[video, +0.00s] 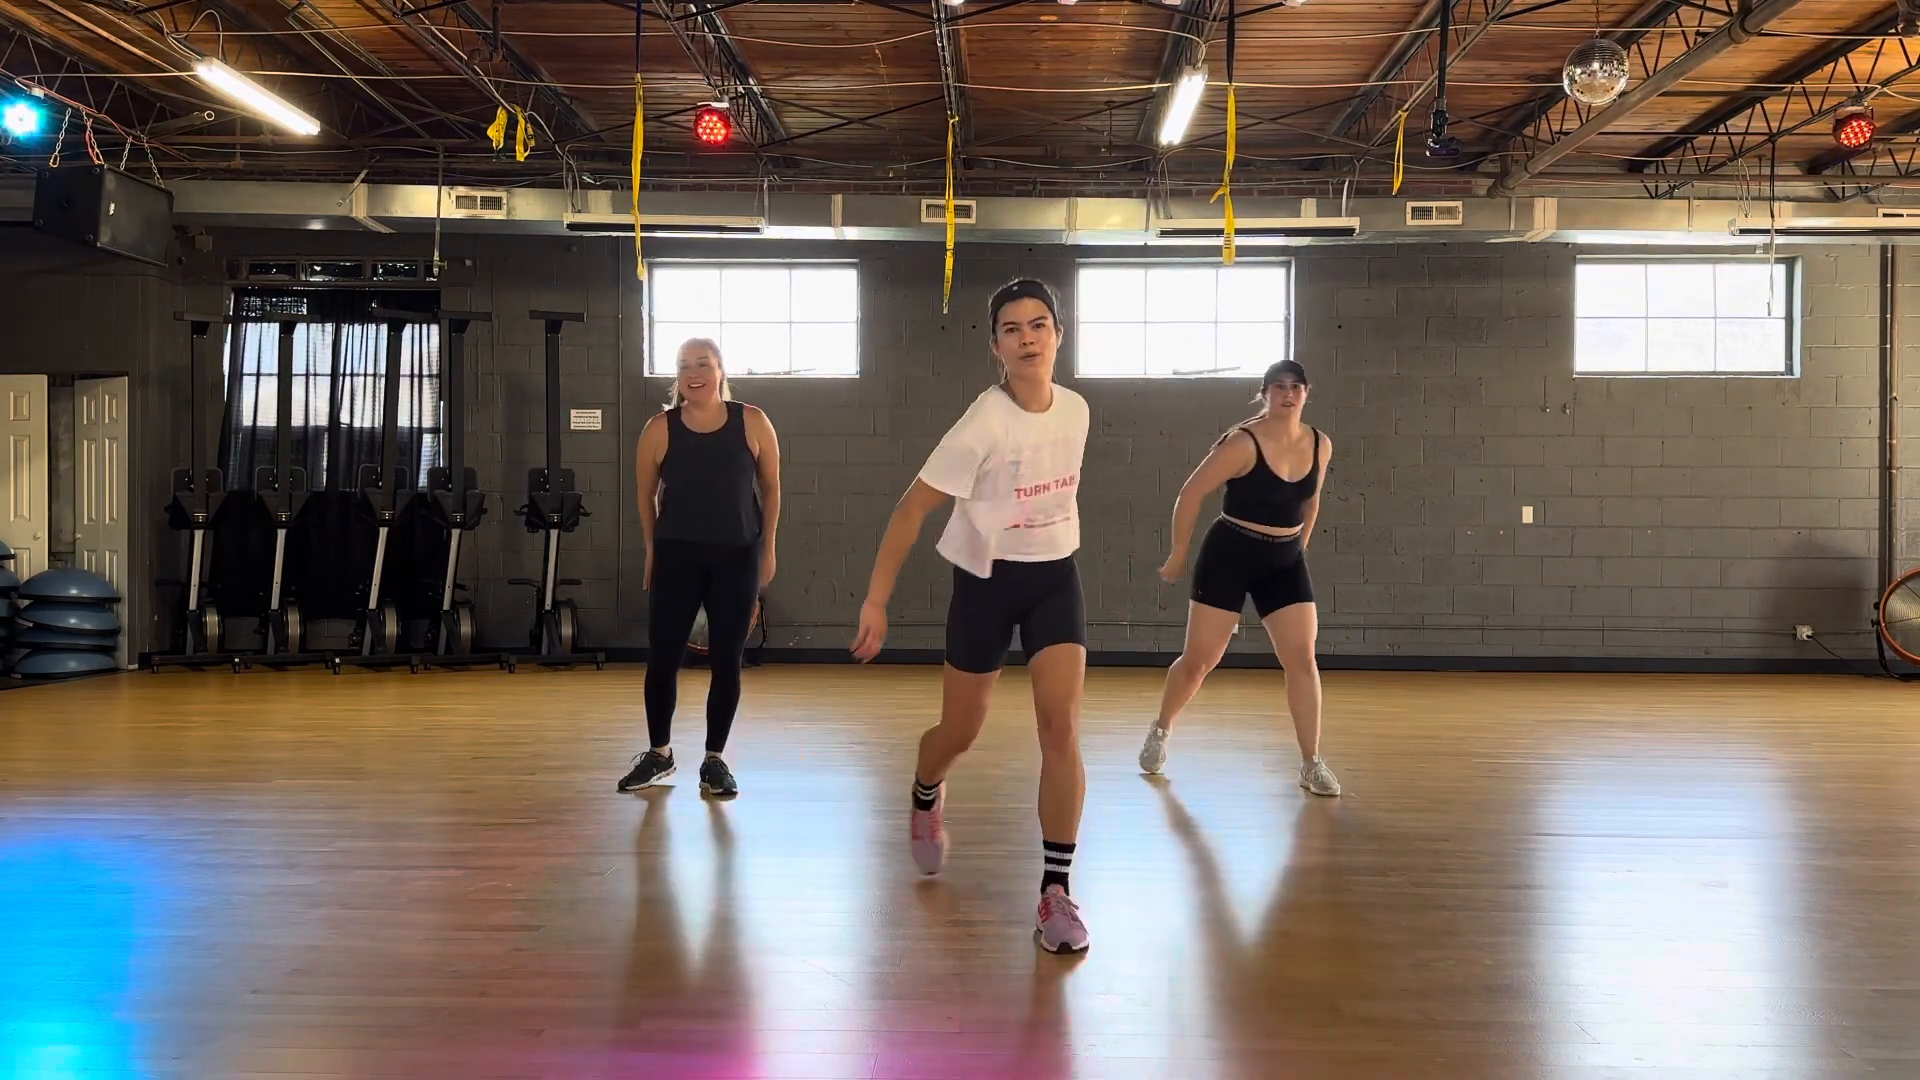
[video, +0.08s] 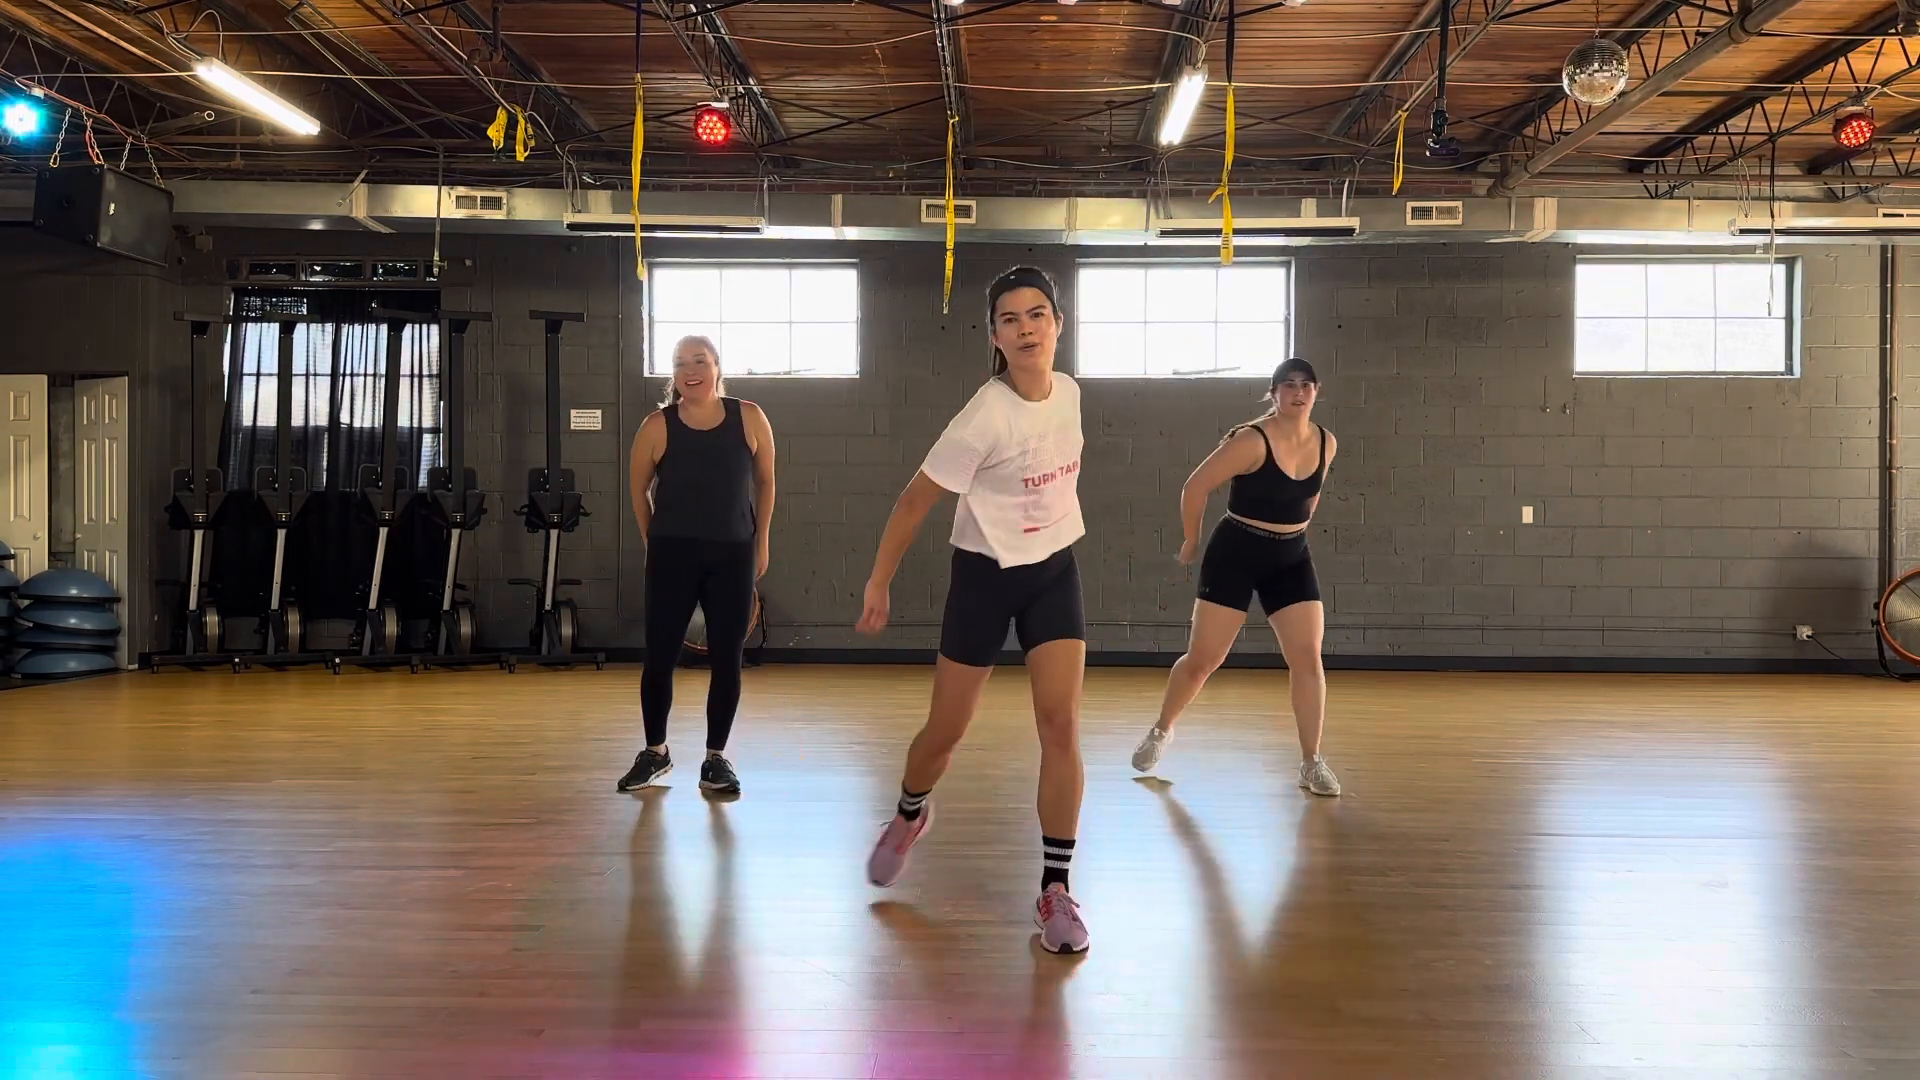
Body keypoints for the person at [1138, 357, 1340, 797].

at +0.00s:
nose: (1288, 392)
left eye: (1295, 386)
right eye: (1279, 386)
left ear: (1306, 394)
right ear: (1264, 395)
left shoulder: (1320, 446)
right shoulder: (1243, 443)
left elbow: (1311, 501)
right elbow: (1189, 494)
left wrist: (1299, 550)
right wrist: (1178, 553)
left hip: (1284, 558)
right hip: (1230, 553)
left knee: (1302, 660)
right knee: (1198, 661)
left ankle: (1312, 763)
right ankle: (1161, 731)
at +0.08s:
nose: (1296, 392)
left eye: (1304, 385)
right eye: (1288, 384)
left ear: (1316, 393)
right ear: (1274, 392)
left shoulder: (1325, 444)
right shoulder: (1252, 442)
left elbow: (1311, 495)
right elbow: (1194, 487)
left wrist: (1297, 535)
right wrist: (1191, 540)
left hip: (1289, 556)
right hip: (1236, 551)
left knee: (1308, 657)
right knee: (1202, 660)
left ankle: (1313, 761)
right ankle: (1161, 730)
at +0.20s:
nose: (1304, 408)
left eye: (1310, 401)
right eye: (1294, 402)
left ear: (1319, 409)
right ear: (1278, 412)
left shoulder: (1326, 454)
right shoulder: (1255, 460)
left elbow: (1295, 501)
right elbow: (1202, 504)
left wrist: (1257, 530)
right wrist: (1216, 542)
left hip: (1295, 561)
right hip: (1243, 561)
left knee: (1318, 664)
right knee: (1217, 675)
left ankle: (1311, 763)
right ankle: (1156, 746)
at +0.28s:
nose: (1292, 422)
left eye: (1298, 413)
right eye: (1281, 416)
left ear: (1310, 419)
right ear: (1267, 427)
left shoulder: (1322, 463)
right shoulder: (1248, 475)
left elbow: (1296, 514)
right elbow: (1206, 528)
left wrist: (1267, 549)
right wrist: (1237, 562)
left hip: (1297, 574)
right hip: (1243, 578)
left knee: (1321, 672)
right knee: (1225, 686)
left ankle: (1311, 764)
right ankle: (1162, 751)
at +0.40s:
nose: (1254, 410)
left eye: (1261, 401)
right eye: (1244, 403)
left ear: (1273, 406)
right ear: (1229, 412)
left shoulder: (1302, 438)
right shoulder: (1216, 464)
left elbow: (1300, 491)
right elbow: (1185, 518)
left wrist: (1270, 521)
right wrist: (1228, 538)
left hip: (1289, 556)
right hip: (1231, 559)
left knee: (1314, 660)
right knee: (1190, 663)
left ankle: (1316, 760)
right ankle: (1146, 745)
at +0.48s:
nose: (1222, 406)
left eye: (1230, 398)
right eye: (1214, 397)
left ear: (1244, 401)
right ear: (1203, 402)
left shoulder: (1278, 425)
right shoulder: (1189, 451)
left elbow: (1307, 446)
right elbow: (1172, 500)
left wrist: (1279, 483)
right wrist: (1213, 514)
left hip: (1273, 541)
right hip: (1215, 543)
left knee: (1307, 649)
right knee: (1165, 645)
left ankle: (1337, 750)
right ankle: (1127, 737)